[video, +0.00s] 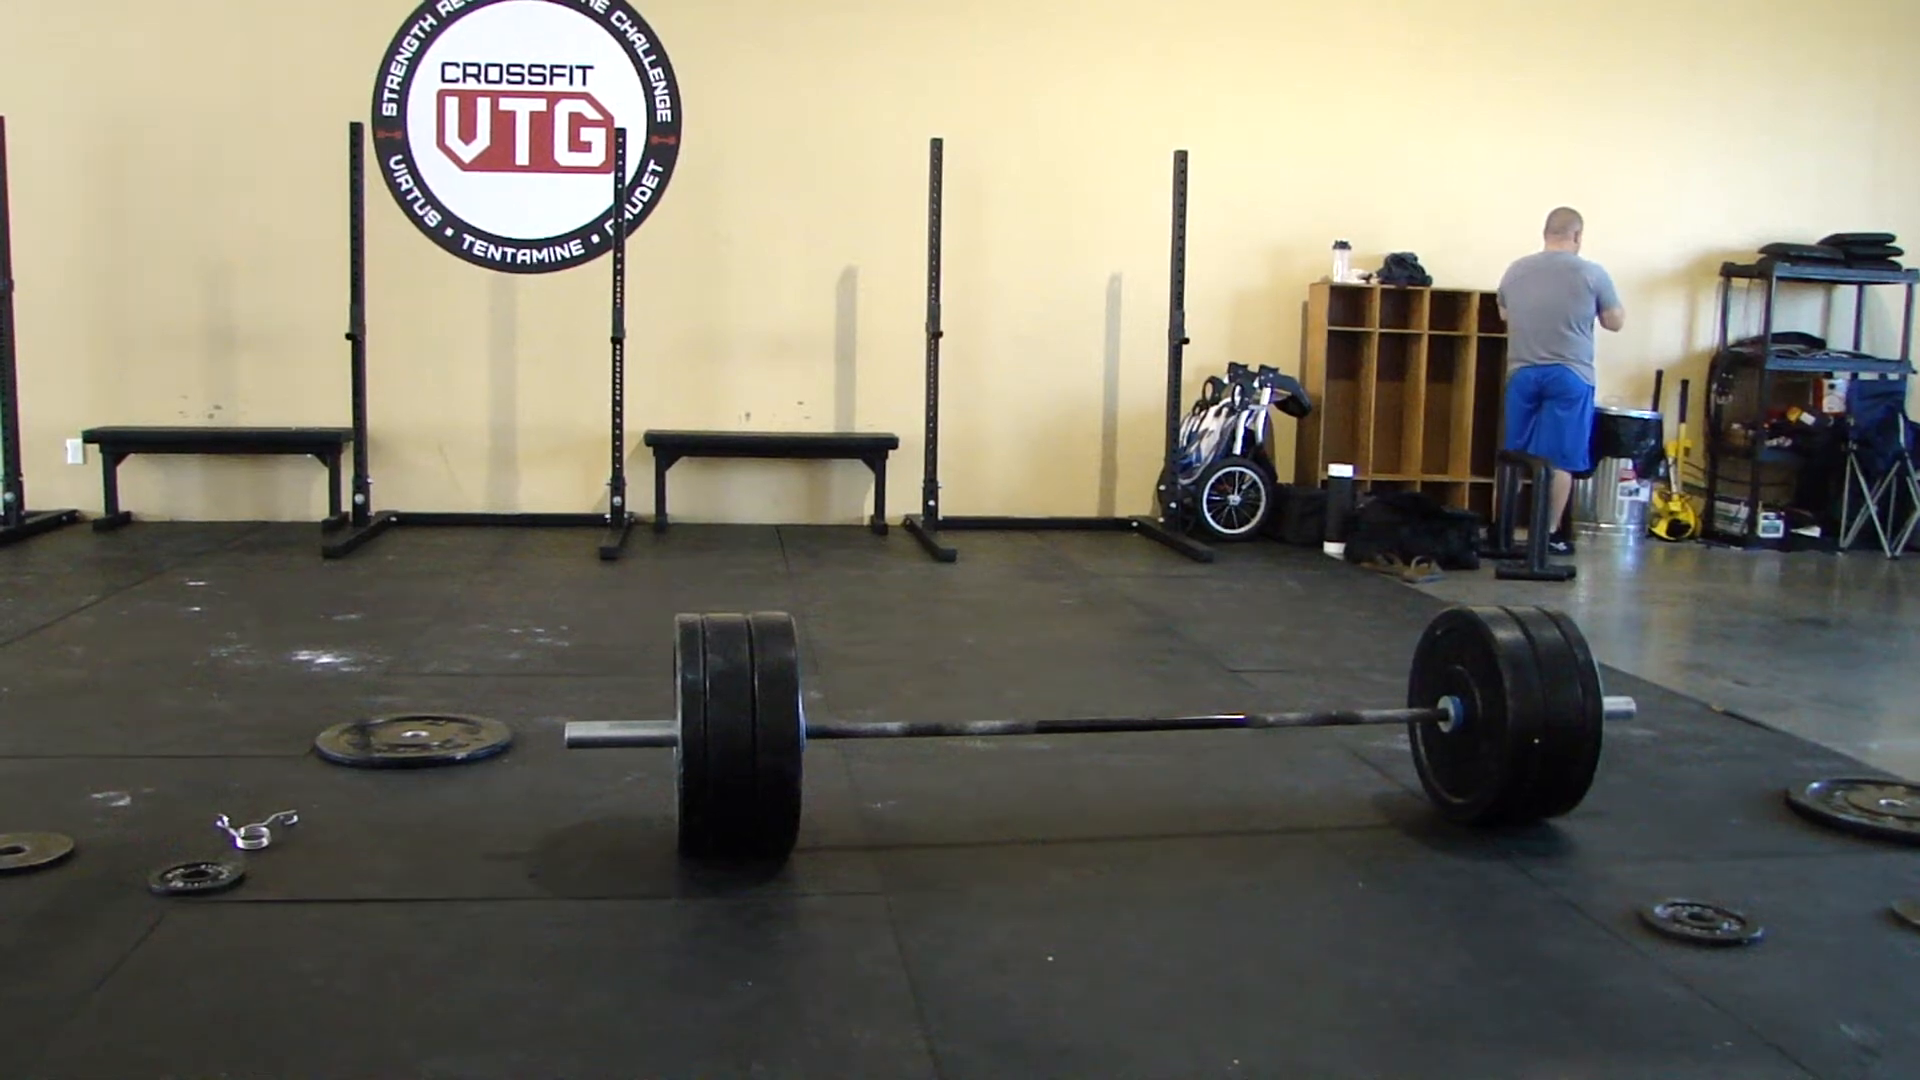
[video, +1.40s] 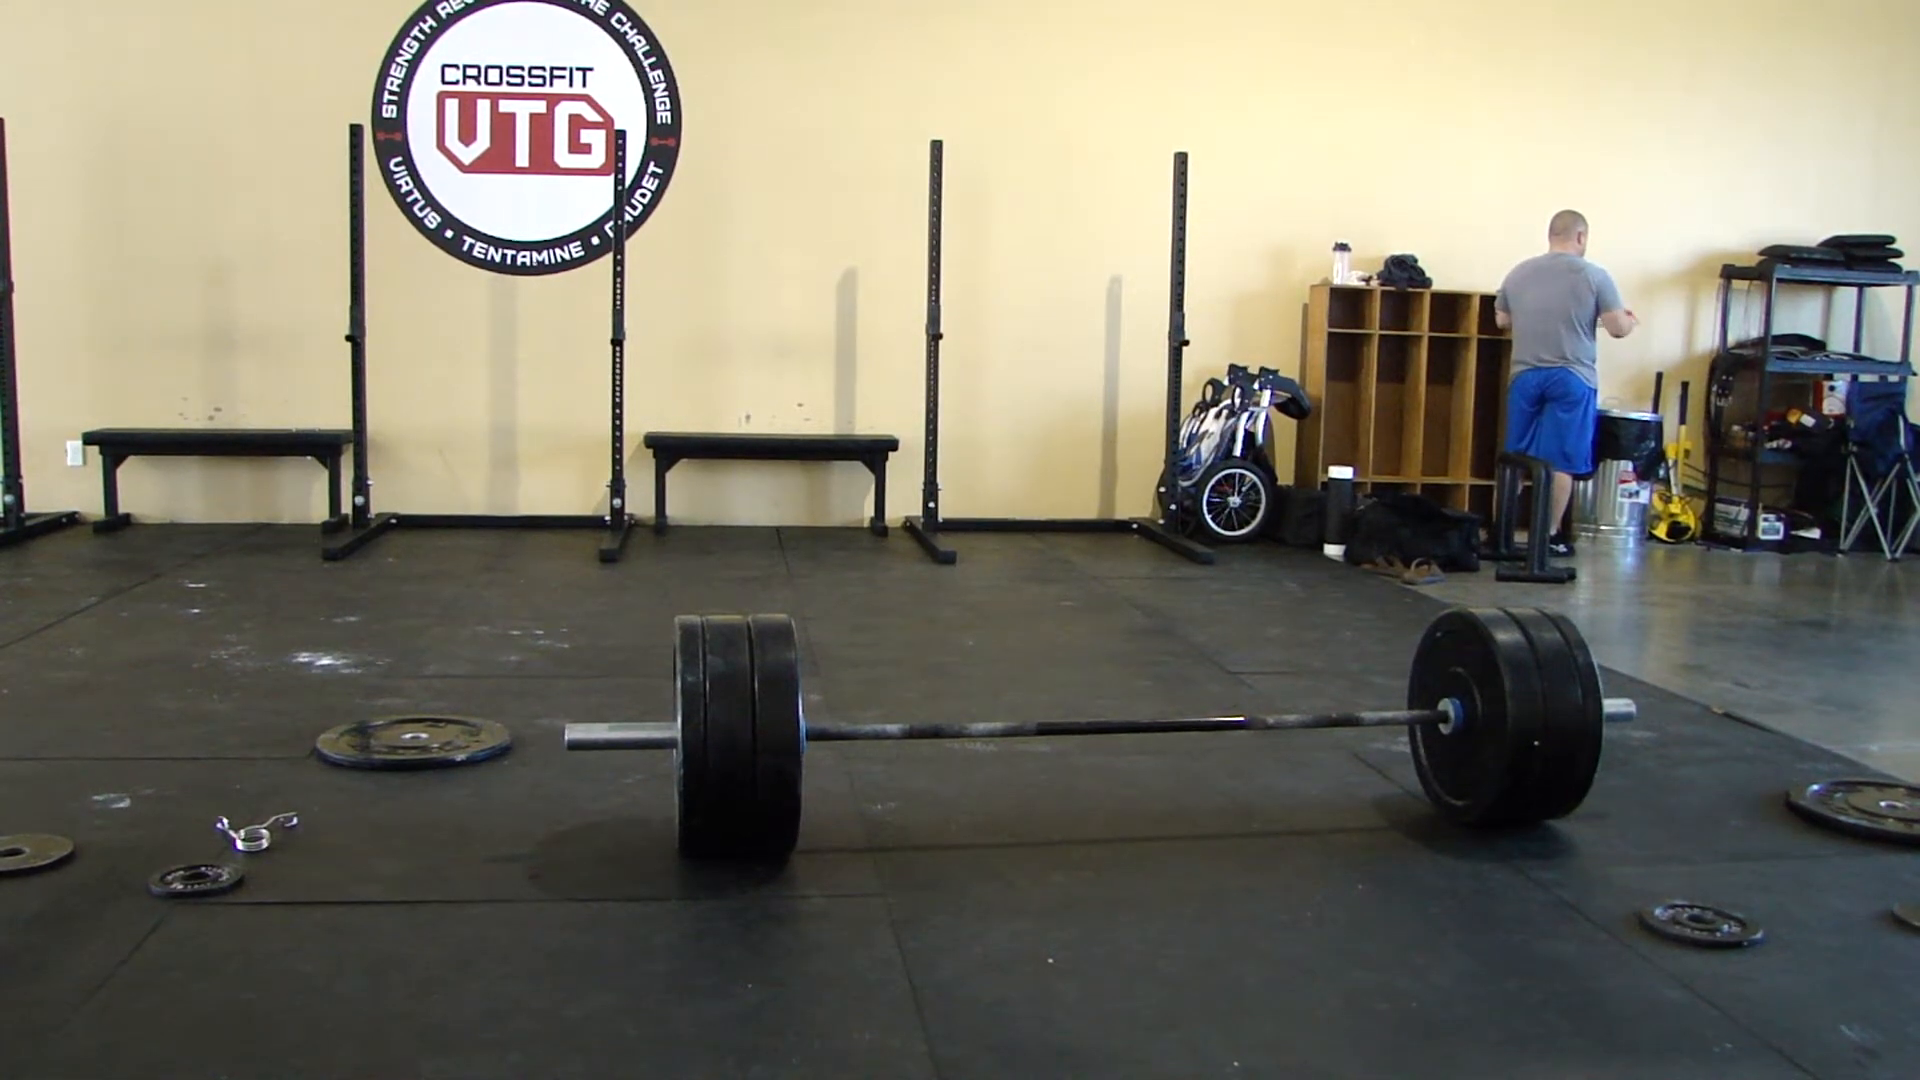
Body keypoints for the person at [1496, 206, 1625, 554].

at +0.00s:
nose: (1579, 242)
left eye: (1578, 237)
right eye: (1580, 237)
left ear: (1545, 234)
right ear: (1576, 235)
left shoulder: (1516, 269)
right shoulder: (1590, 272)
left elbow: (1505, 314)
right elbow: (1614, 321)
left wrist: (1537, 306)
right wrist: (1587, 298)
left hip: (1522, 373)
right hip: (1570, 374)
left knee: (1513, 456)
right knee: (1560, 461)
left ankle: (1502, 532)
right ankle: (1549, 534)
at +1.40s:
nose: (1585, 245)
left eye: (1585, 240)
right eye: (1586, 239)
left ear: (1550, 236)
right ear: (1580, 237)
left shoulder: (1519, 272)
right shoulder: (1592, 274)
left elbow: (1502, 320)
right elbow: (1618, 329)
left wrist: (1536, 309)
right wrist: (1628, 319)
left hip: (1524, 376)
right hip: (1572, 377)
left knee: (1514, 459)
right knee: (1561, 463)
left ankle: (1502, 534)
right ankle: (1549, 537)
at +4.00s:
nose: (1580, 246)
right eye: (1582, 241)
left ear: (1546, 239)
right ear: (1580, 240)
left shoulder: (1520, 274)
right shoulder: (1596, 277)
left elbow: (1508, 322)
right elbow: (1619, 324)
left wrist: (1541, 315)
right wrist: (1587, 307)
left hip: (1526, 377)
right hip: (1574, 379)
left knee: (1514, 459)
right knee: (1562, 465)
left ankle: (1500, 535)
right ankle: (1548, 539)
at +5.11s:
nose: (1555, 245)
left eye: (1548, 239)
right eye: (1576, 240)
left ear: (1545, 239)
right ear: (1580, 241)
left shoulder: (1521, 275)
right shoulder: (1599, 276)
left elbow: (1509, 323)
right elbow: (1617, 326)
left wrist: (1543, 313)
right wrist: (1581, 311)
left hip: (1527, 377)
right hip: (1575, 379)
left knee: (1516, 460)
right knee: (1561, 466)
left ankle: (1502, 535)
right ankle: (1547, 540)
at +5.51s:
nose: (1571, 245)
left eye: (1550, 240)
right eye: (1577, 240)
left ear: (1544, 240)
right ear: (1580, 241)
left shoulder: (1520, 275)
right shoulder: (1597, 276)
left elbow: (1509, 324)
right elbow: (1618, 326)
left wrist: (1542, 314)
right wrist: (1582, 311)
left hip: (1527, 377)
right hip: (1575, 379)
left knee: (1516, 459)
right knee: (1562, 465)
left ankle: (1501, 534)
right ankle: (1547, 540)